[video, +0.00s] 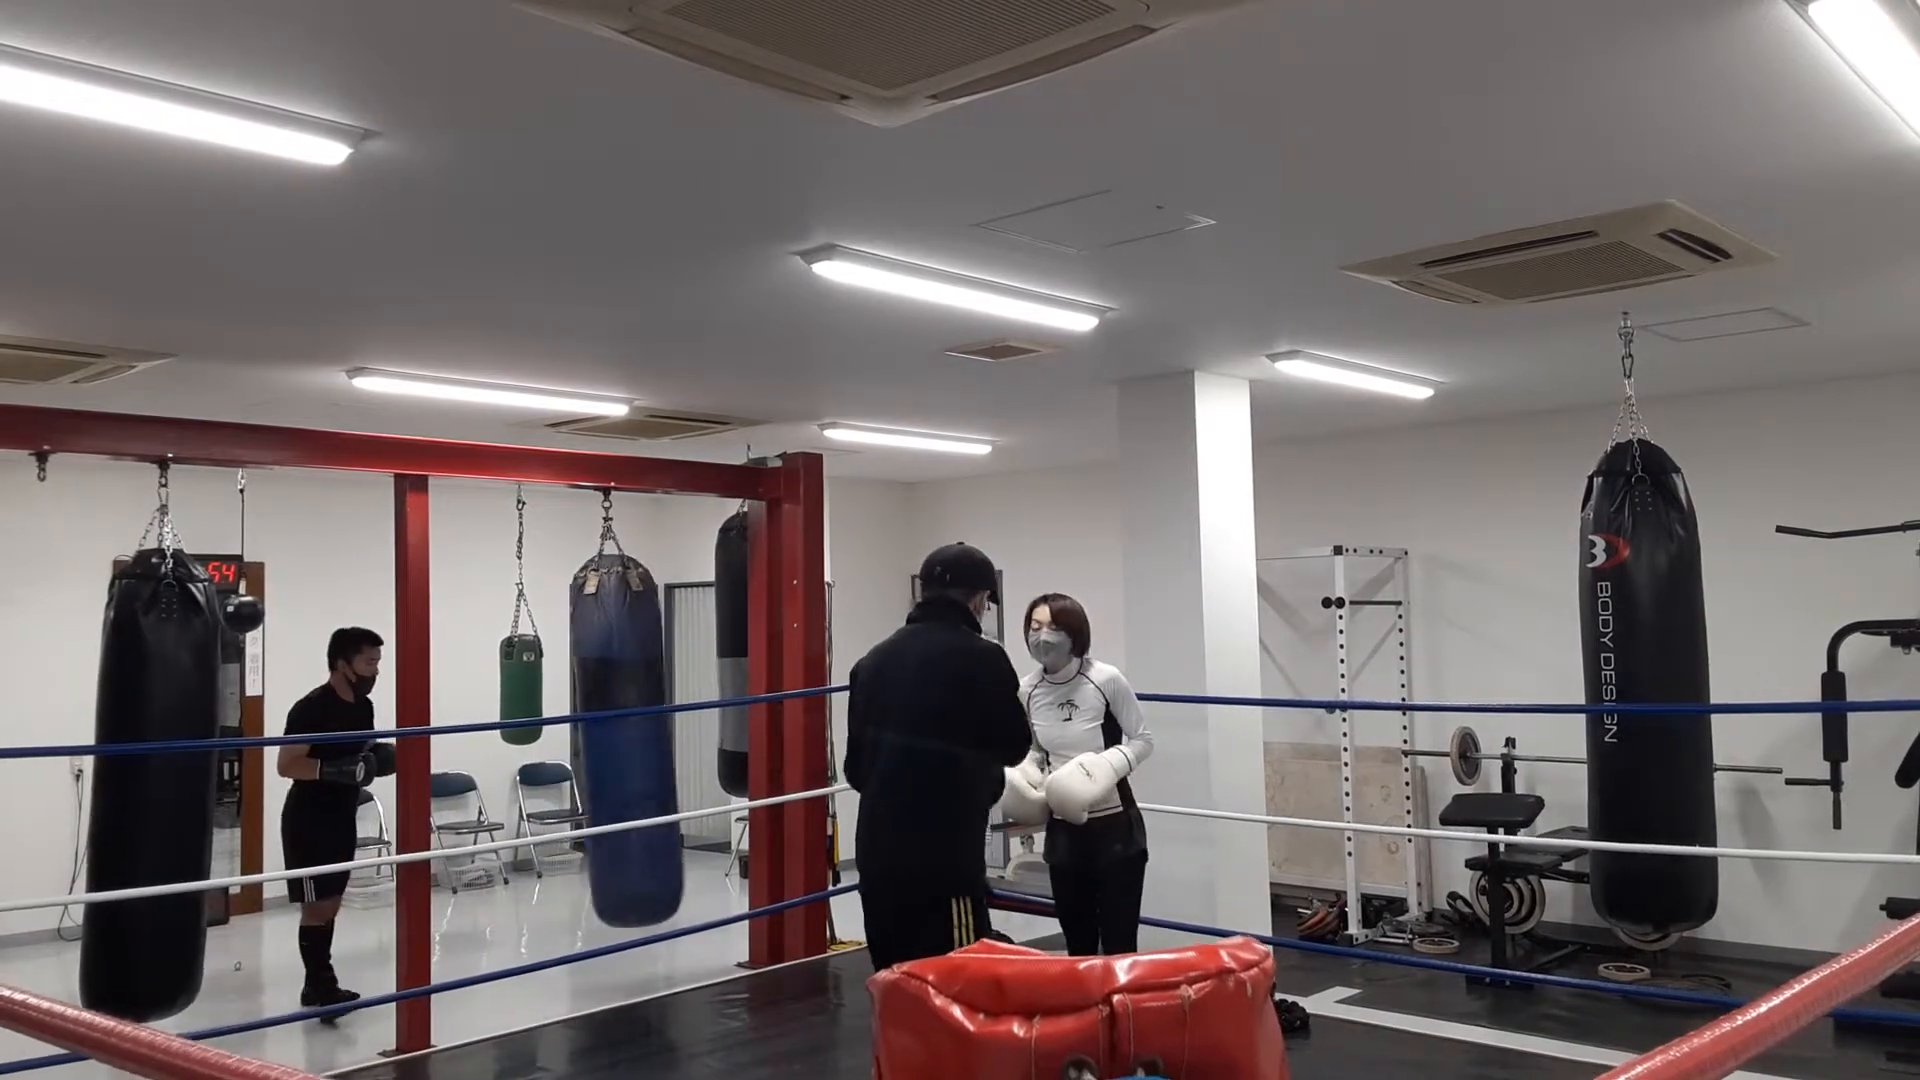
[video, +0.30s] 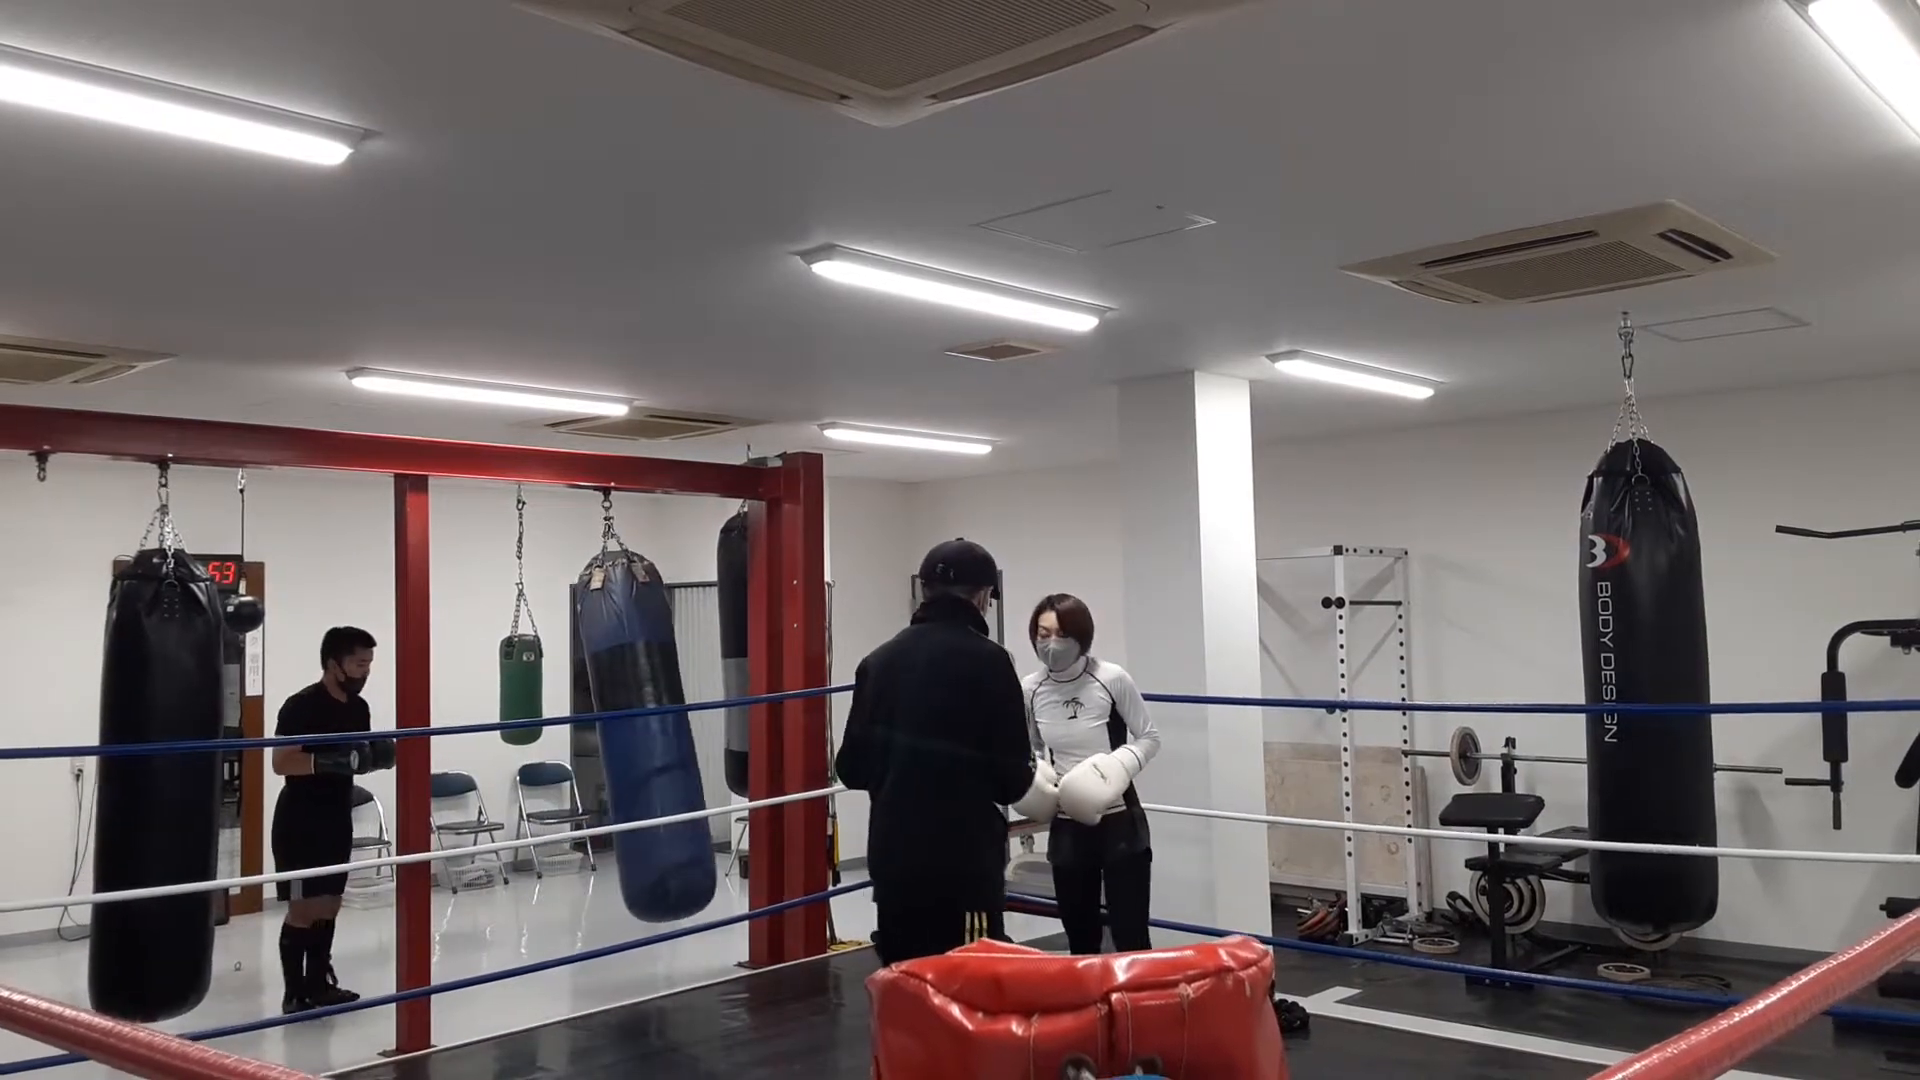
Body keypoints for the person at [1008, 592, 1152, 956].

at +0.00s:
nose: (1042, 636)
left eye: (1053, 628)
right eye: (1035, 627)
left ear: (1074, 634)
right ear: (1027, 634)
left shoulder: (1106, 680)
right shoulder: (1027, 690)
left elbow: (1143, 740)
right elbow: (1037, 749)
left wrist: (1105, 766)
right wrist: (1025, 774)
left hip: (1115, 826)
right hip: (1063, 831)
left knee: (1118, 946)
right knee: (1079, 948)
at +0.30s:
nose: (1052, 643)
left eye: (1062, 634)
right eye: (1043, 634)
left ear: (1082, 636)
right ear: (1034, 639)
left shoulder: (1111, 679)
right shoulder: (1030, 690)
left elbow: (1148, 737)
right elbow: (1029, 749)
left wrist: (1116, 768)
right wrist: (1037, 773)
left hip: (1120, 823)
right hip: (1067, 827)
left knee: (1130, 938)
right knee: (1082, 943)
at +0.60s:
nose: (1078, 644)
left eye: (1089, 635)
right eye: (1070, 635)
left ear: (1108, 638)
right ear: (1060, 639)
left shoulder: (1138, 685)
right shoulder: (1058, 690)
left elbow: (1172, 752)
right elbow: (1044, 753)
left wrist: (1133, 768)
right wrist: (1070, 779)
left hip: (1137, 829)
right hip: (1083, 832)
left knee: (1153, 944)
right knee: (1091, 948)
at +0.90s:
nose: (1098, 642)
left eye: (1107, 631)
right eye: (1096, 633)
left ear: (1126, 637)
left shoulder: (1163, 679)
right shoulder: (1089, 687)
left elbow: (1199, 747)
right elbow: (1080, 759)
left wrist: (1151, 703)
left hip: (1165, 829)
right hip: (1112, 829)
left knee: (1172, 949)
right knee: (1090, 942)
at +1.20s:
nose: (1105, 657)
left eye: (1114, 647)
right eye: (1097, 649)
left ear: (1134, 649)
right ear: (1085, 655)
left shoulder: (1164, 694)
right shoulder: (1087, 698)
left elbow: (1220, 759)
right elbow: (1059, 768)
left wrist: (1177, 720)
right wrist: (1062, 702)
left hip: (1165, 844)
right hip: (1110, 844)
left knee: (1166, 960)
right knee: (1101, 957)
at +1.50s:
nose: (1118, 642)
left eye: (1126, 631)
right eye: (1112, 634)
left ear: (1147, 638)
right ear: (1107, 641)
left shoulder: (1179, 684)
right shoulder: (1108, 688)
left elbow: (1220, 749)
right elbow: (1077, 762)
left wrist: (1160, 716)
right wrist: (1081, 688)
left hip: (1191, 848)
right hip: (1140, 847)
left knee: (1169, 963)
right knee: (1116, 956)